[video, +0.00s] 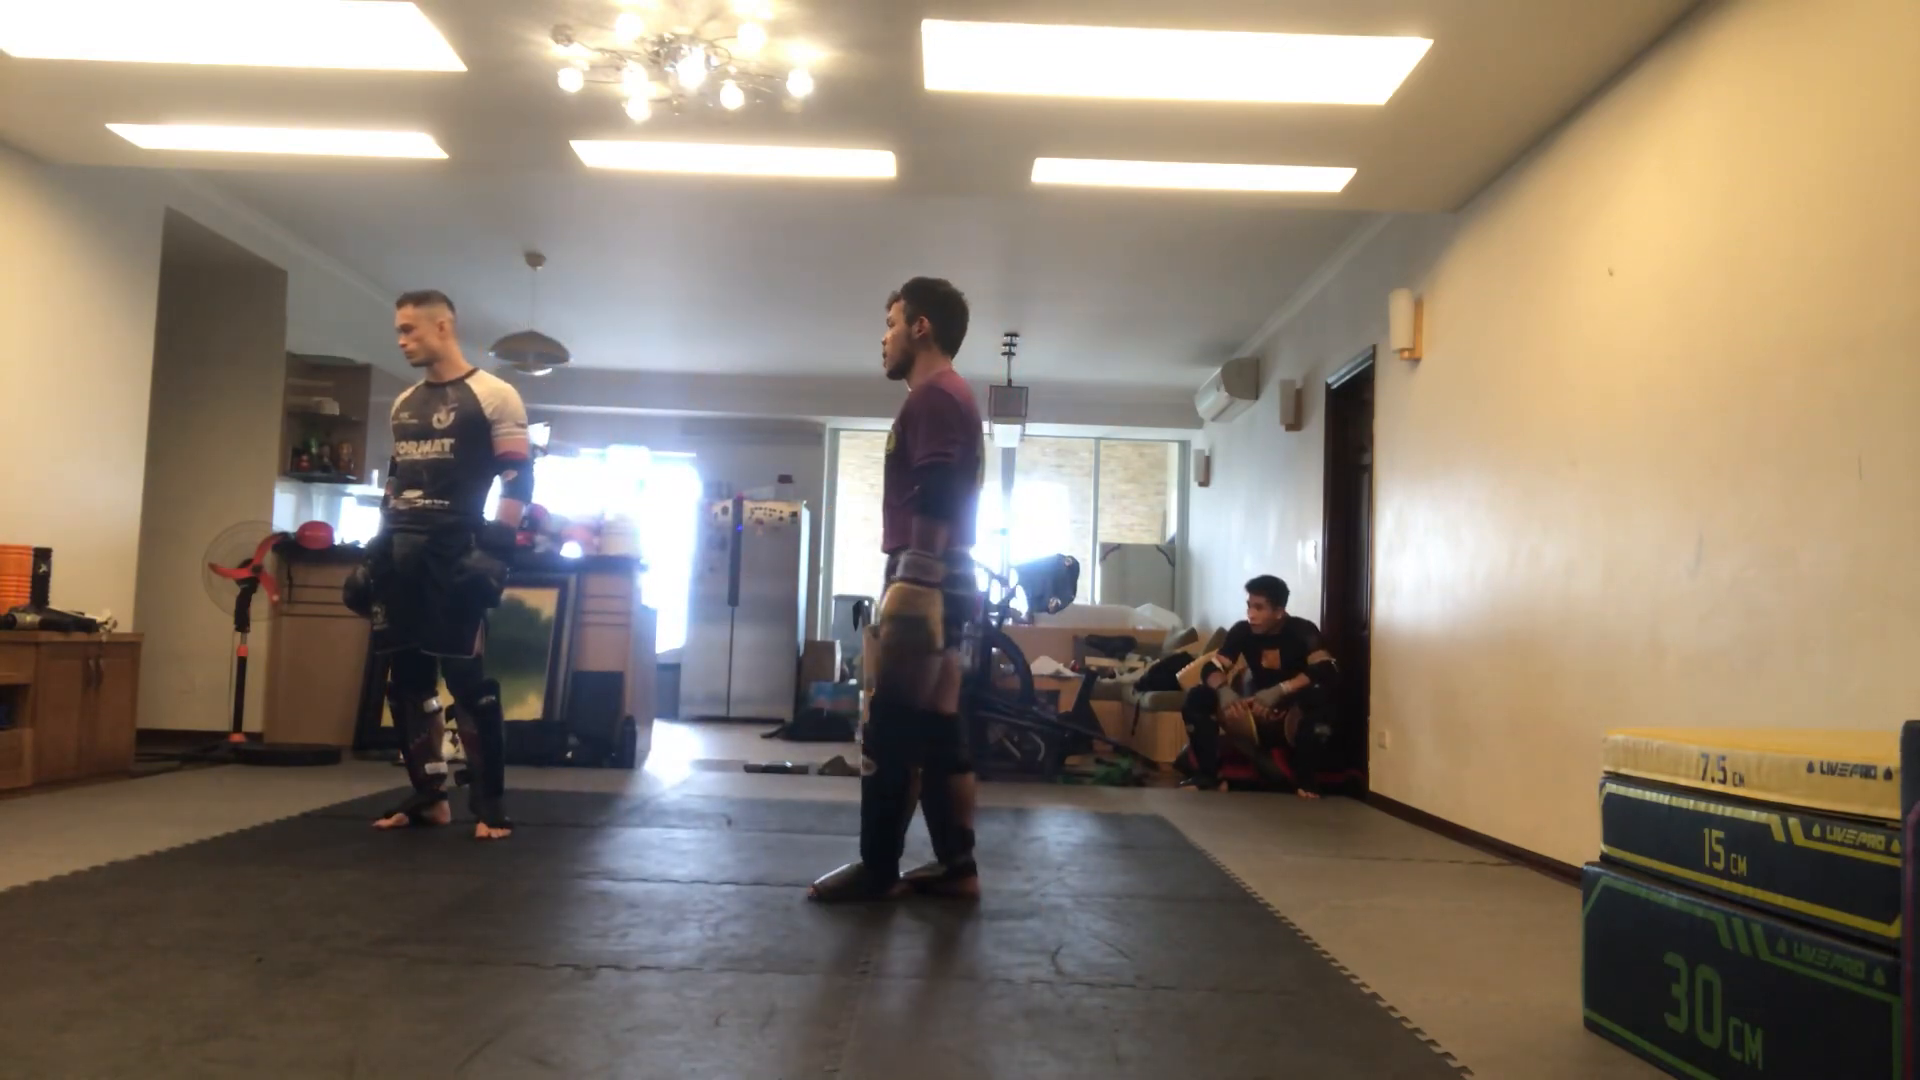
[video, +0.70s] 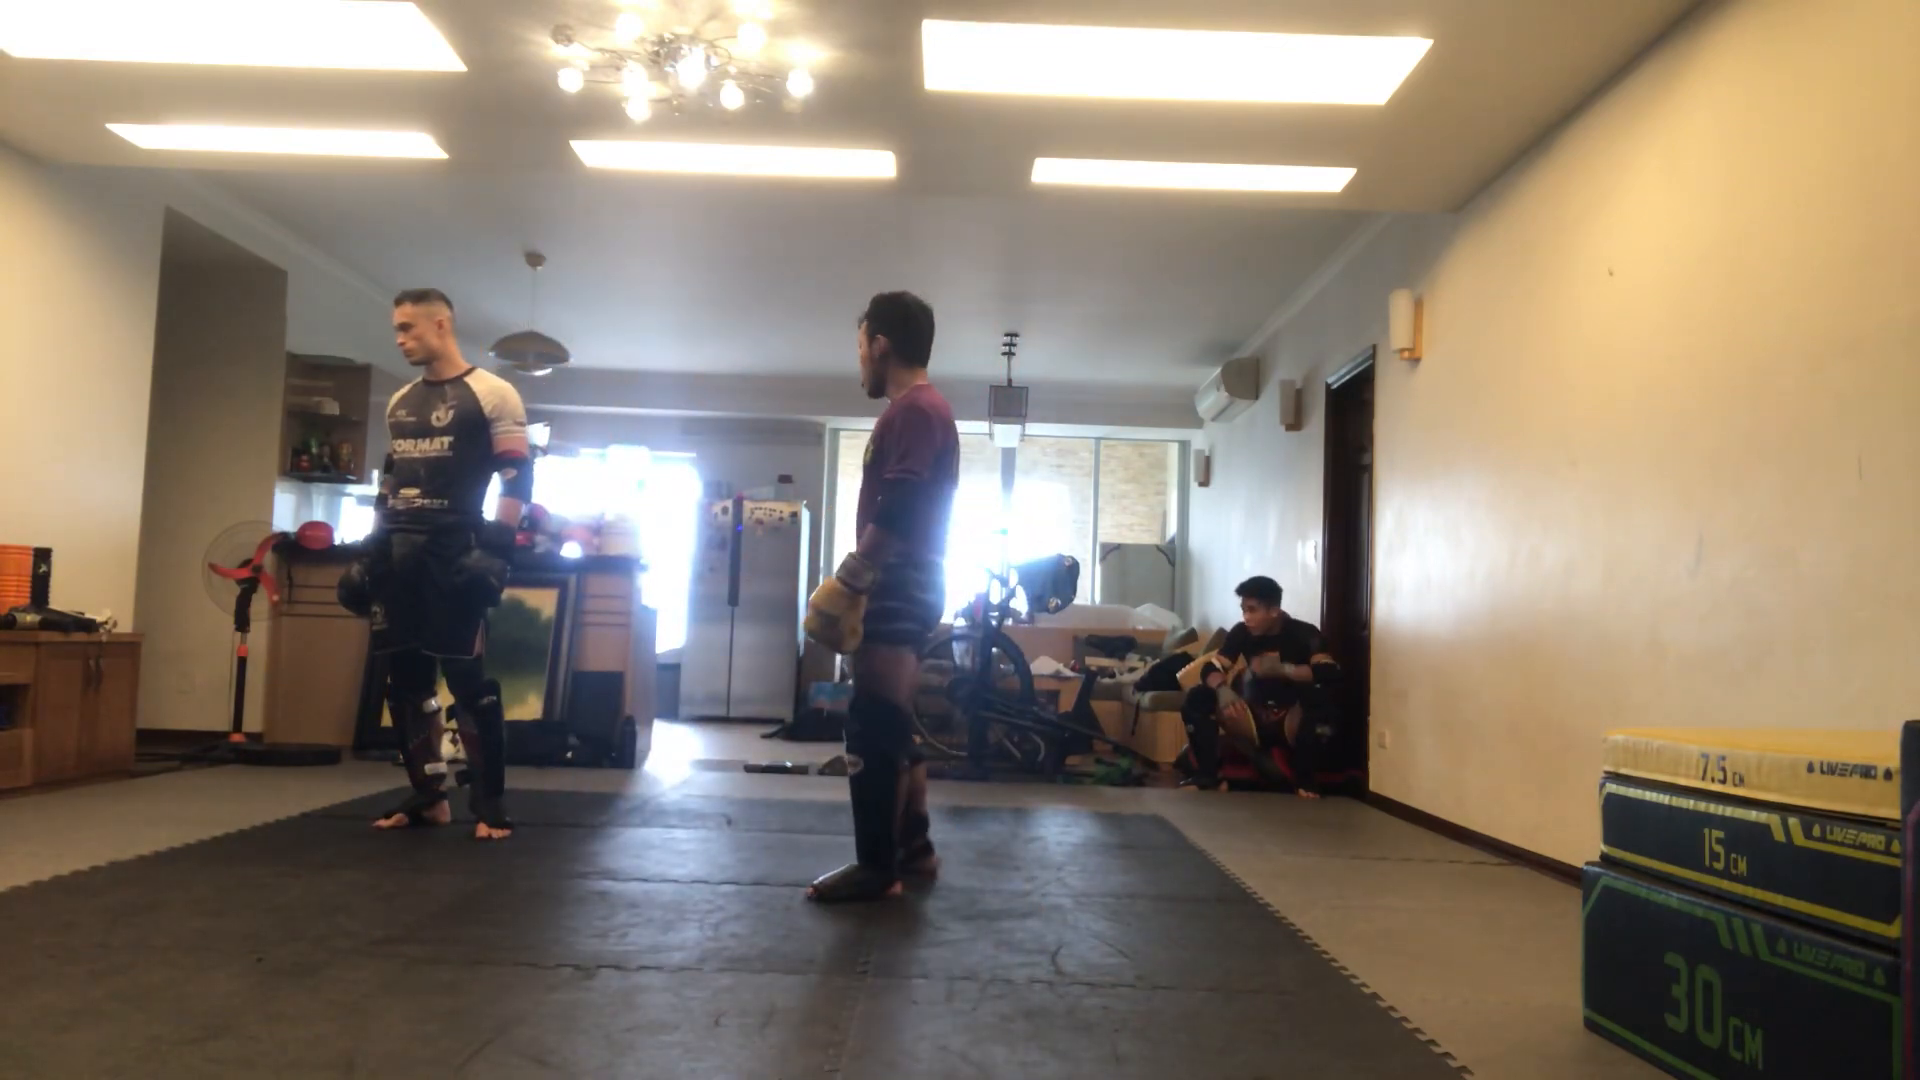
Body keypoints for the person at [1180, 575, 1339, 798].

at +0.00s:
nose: (1250, 614)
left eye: (1258, 608)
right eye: (1249, 606)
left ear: (1279, 611)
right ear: (1246, 604)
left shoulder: (1303, 631)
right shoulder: (1242, 631)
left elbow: (1325, 668)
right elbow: (1212, 669)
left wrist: (1278, 691)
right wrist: (1224, 691)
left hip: (1294, 711)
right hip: (1253, 711)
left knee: (1318, 702)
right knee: (1198, 698)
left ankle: (1306, 782)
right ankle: (1208, 776)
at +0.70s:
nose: (1245, 617)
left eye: (1251, 610)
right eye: (1243, 610)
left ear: (1274, 610)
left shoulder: (1304, 633)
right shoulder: (1242, 633)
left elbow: (1330, 671)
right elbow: (1211, 668)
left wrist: (1281, 669)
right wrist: (1223, 691)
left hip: (1292, 720)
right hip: (1250, 719)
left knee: (1320, 704)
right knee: (1198, 698)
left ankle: (1306, 781)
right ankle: (1208, 777)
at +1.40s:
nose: (1246, 621)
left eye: (1251, 614)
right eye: (1242, 614)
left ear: (1273, 610)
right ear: (1240, 611)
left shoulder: (1304, 632)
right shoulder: (1241, 632)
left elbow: (1314, 675)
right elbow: (1211, 669)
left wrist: (1276, 637)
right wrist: (1221, 689)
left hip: (1291, 720)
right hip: (1251, 720)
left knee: (1316, 696)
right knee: (1197, 698)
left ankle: (1305, 781)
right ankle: (1207, 776)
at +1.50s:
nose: (1246, 620)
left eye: (1252, 613)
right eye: (1243, 613)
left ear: (1273, 609)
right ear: (1240, 610)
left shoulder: (1304, 632)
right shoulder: (1241, 632)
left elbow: (1314, 675)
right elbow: (1210, 669)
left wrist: (1276, 637)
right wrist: (1222, 690)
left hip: (1291, 720)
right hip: (1251, 719)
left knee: (1317, 696)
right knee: (1198, 698)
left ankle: (1305, 780)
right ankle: (1207, 776)